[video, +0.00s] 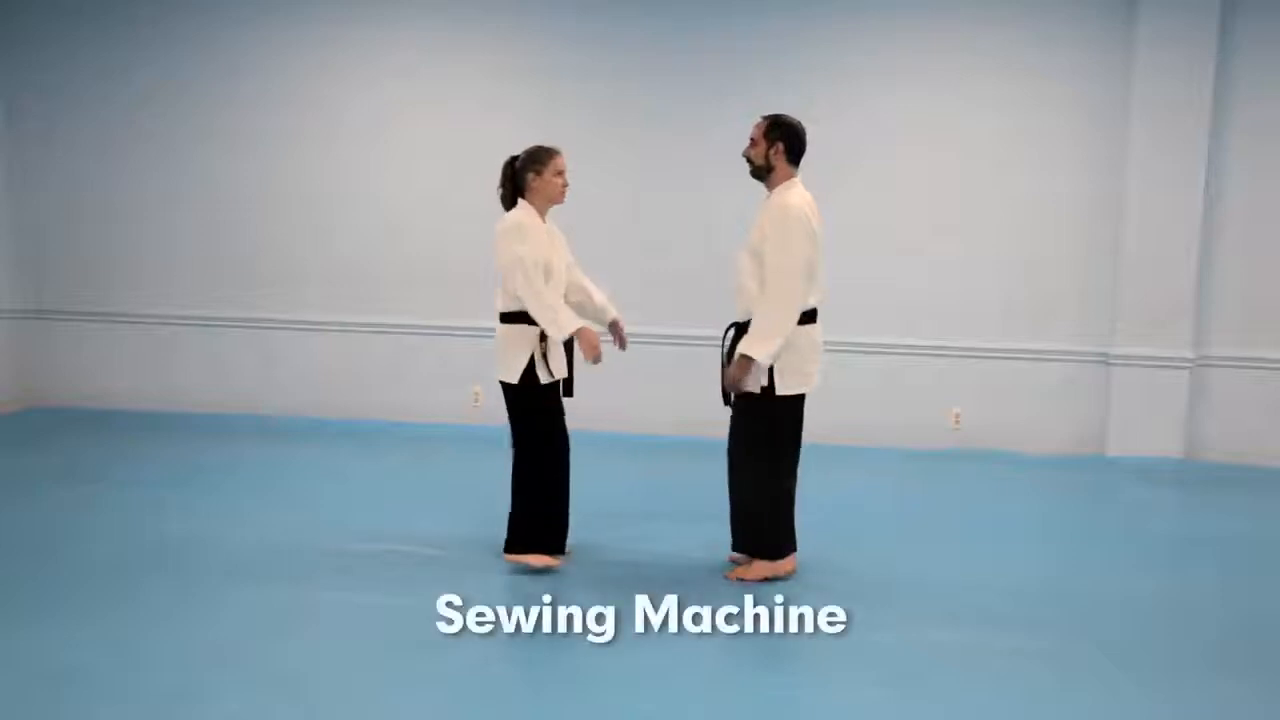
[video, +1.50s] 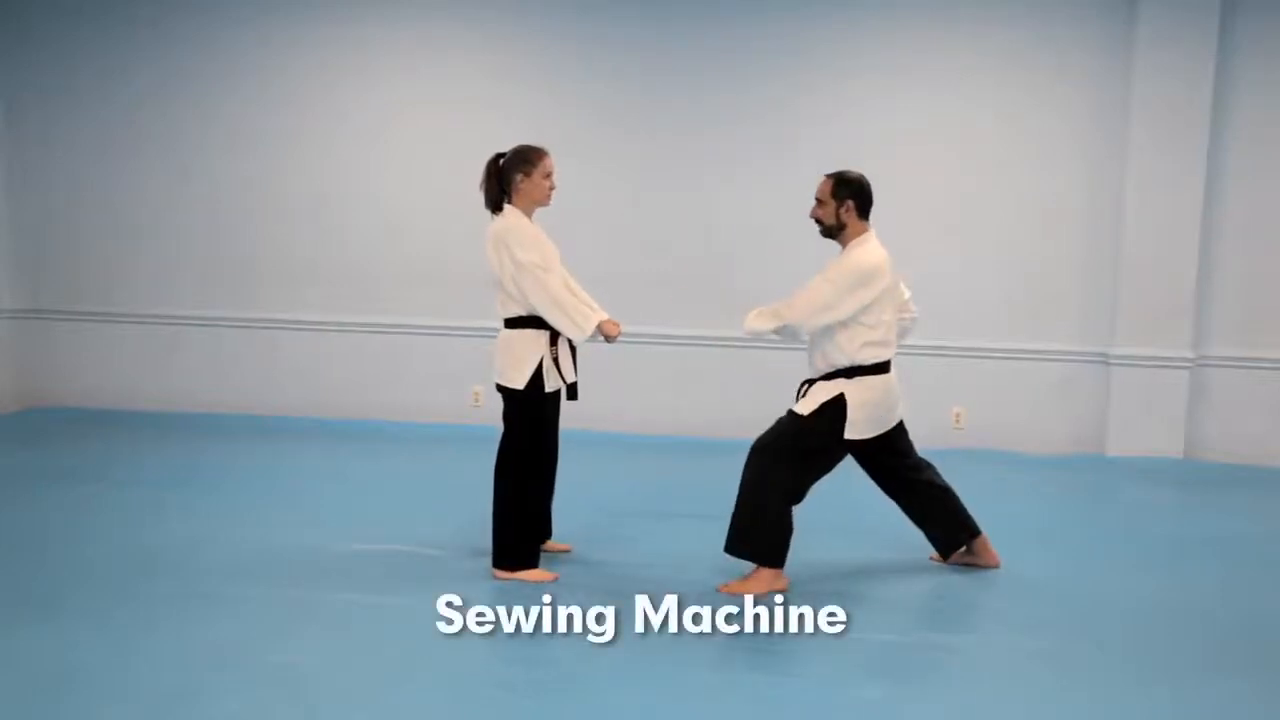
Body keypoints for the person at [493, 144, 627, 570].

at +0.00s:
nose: (566, 183)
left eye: (566, 175)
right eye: (558, 175)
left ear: (547, 181)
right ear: (532, 180)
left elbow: (573, 281)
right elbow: (530, 291)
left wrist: (607, 314)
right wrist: (577, 328)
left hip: (547, 351)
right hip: (523, 352)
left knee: (548, 447)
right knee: (540, 447)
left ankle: (544, 542)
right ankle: (524, 545)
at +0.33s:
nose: (557, 183)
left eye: (557, 175)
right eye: (550, 175)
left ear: (529, 182)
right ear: (523, 180)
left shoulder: (531, 226)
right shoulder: (518, 228)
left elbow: (561, 281)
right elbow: (550, 286)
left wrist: (598, 320)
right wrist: (597, 323)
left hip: (542, 350)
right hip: (527, 352)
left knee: (534, 452)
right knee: (521, 457)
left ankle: (528, 537)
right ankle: (512, 562)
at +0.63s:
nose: (550, 183)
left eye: (550, 175)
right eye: (543, 175)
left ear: (523, 182)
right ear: (516, 181)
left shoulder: (527, 227)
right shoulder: (508, 229)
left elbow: (559, 279)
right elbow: (543, 286)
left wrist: (596, 316)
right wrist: (592, 322)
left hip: (546, 353)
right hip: (525, 355)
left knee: (541, 452)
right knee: (519, 457)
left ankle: (534, 536)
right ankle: (511, 562)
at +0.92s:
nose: (549, 184)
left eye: (548, 176)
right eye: (542, 176)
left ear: (520, 183)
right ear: (515, 181)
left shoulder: (525, 228)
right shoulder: (506, 230)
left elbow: (560, 278)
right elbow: (541, 289)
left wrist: (596, 313)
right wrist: (591, 322)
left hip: (544, 353)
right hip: (525, 355)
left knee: (542, 453)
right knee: (521, 457)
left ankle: (534, 537)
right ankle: (511, 562)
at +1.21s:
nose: (549, 184)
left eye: (549, 176)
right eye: (542, 177)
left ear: (520, 183)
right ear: (515, 182)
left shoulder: (524, 227)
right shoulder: (507, 230)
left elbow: (560, 279)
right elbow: (542, 289)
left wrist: (595, 315)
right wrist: (591, 323)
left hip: (543, 353)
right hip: (525, 355)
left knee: (541, 453)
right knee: (521, 457)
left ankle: (533, 537)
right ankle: (511, 562)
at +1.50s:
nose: (553, 185)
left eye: (553, 177)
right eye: (546, 177)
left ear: (525, 183)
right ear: (519, 182)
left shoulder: (528, 228)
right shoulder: (511, 230)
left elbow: (562, 279)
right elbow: (544, 289)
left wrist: (598, 316)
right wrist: (594, 324)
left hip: (545, 352)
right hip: (526, 354)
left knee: (542, 452)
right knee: (521, 457)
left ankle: (534, 537)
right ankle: (510, 562)